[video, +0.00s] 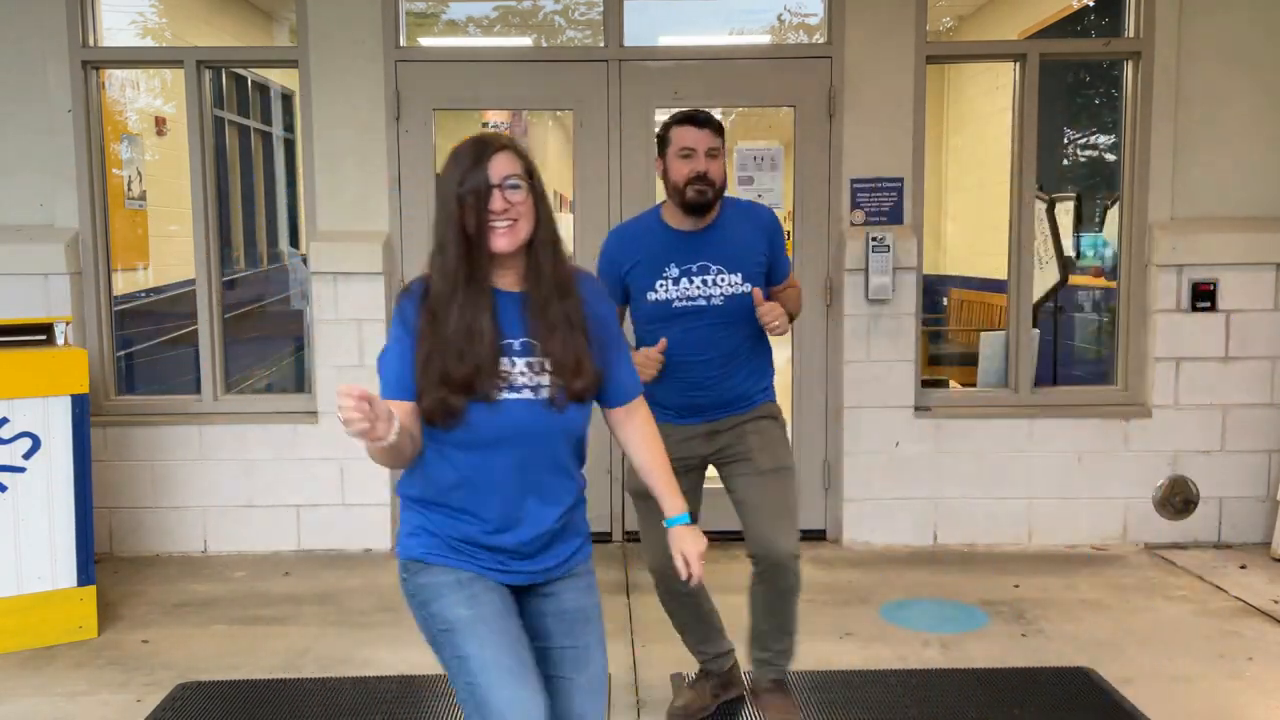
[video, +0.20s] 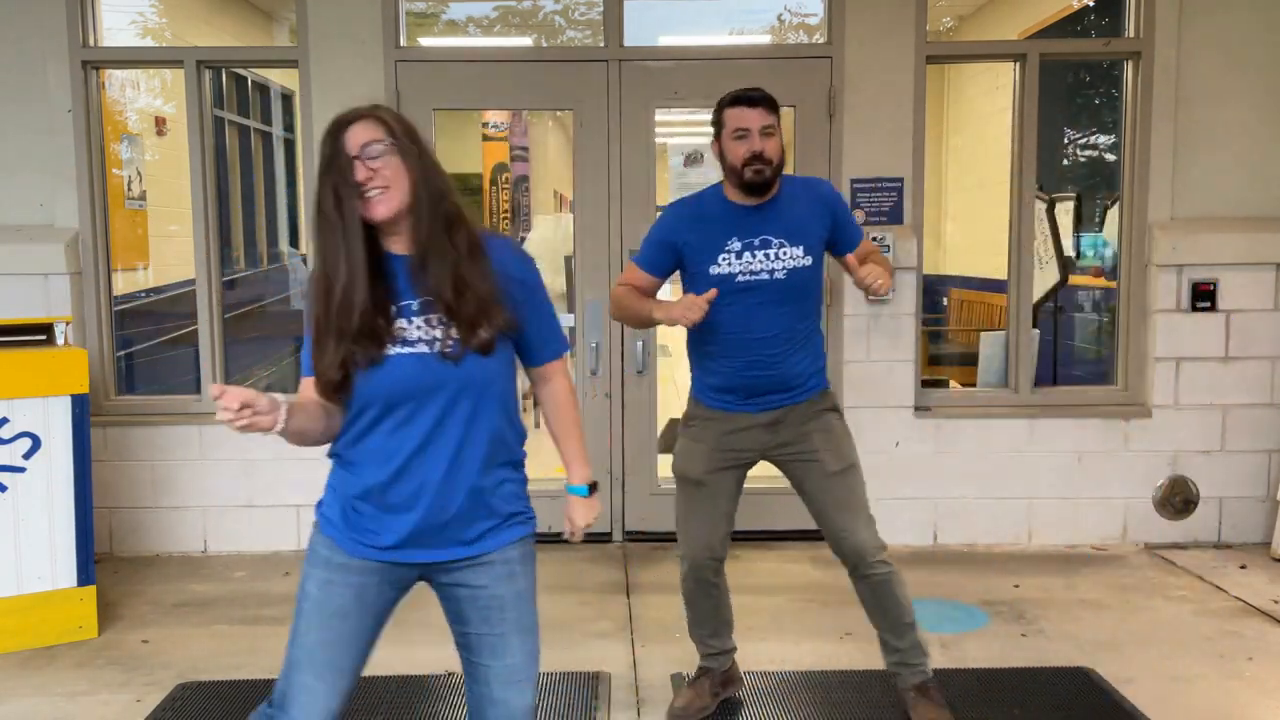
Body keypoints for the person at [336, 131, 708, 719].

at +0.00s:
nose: (500, 202)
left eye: (514, 185)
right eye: (481, 190)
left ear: (537, 197)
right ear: (457, 206)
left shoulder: (582, 297)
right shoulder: (426, 303)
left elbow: (628, 411)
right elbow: (401, 451)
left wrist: (678, 516)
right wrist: (381, 433)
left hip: (557, 546)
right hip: (451, 551)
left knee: (584, 709)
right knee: (517, 710)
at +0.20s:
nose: (364, 172)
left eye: (377, 153)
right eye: (349, 164)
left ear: (416, 160)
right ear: (340, 188)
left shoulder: (497, 263)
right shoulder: (341, 282)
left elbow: (548, 373)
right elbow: (325, 412)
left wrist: (579, 483)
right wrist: (278, 412)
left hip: (486, 531)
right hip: (361, 533)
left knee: (509, 709)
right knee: (306, 708)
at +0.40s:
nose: (285, 180)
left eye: (302, 167)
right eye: (268, 175)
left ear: (334, 189)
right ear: (255, 207)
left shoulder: (398, 295)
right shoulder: (236, 303)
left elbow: (455, 408)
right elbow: (216, 432)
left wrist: (481, 518)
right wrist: (152, 445)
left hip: (394, 558)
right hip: (259, 566)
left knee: (461, 710)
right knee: (218, 712)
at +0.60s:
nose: (218, 176)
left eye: (235, 165)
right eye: (199, 169)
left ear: (262, 191)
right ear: (179, 202)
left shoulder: (322, 293)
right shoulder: (155, 300)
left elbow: (368, 400)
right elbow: (124, 429)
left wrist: (380, 503)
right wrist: (74, 414)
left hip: (321, 533)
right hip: (194, 551)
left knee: (396, 698)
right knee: (180, 713)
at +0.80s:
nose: (186, 151)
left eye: (200, 138)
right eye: (164, 143)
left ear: (224, 163)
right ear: (139, 175)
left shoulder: (289, 257)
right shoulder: (126, 279)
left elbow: (357, 355)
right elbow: (78, 406)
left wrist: (388, 460)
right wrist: (14, 323)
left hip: (300, 509)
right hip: (177, 529)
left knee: (324, 697)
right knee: (191, 709)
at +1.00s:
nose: (173, 174)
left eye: (186, 161)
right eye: (153, 166)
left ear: (209, 179)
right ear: (126, 195)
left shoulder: (278, 267)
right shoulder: (124, 298)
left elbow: (354, 358)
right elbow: (104, 435)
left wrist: (385, 466)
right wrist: (16, 364)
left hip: (288, 543)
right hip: (167, 553)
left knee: (271, 710)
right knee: (174, 712)